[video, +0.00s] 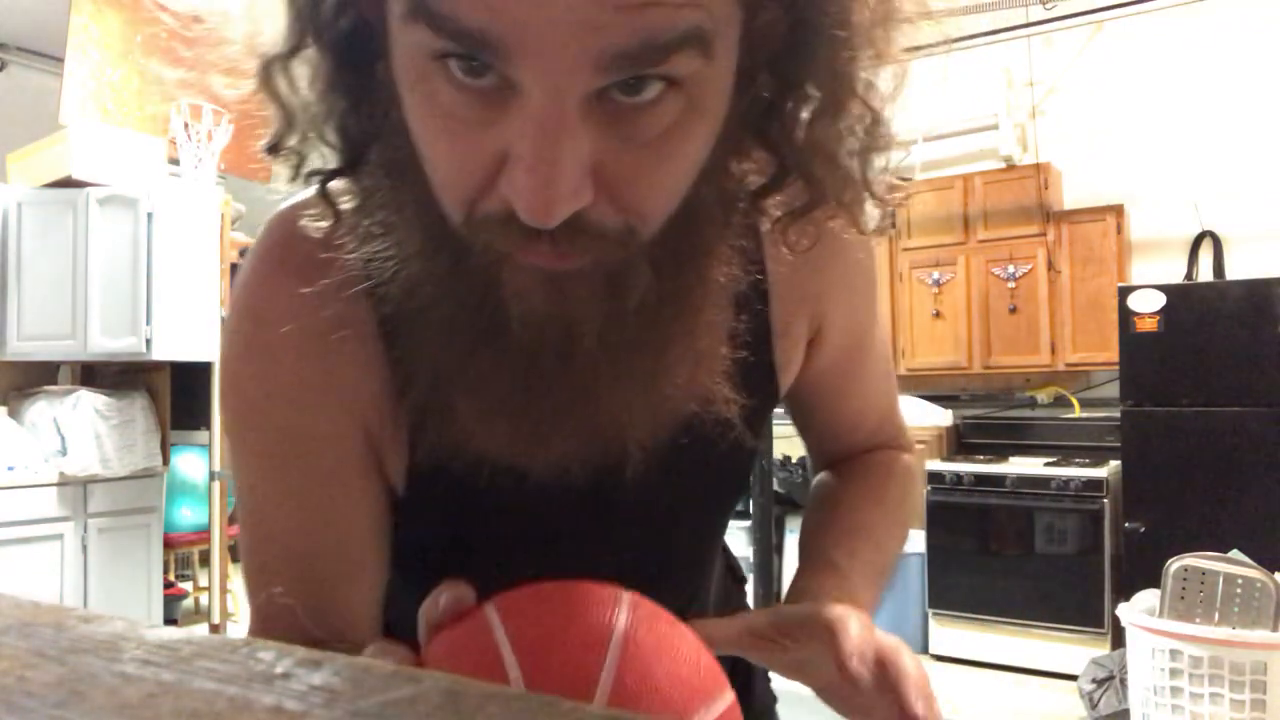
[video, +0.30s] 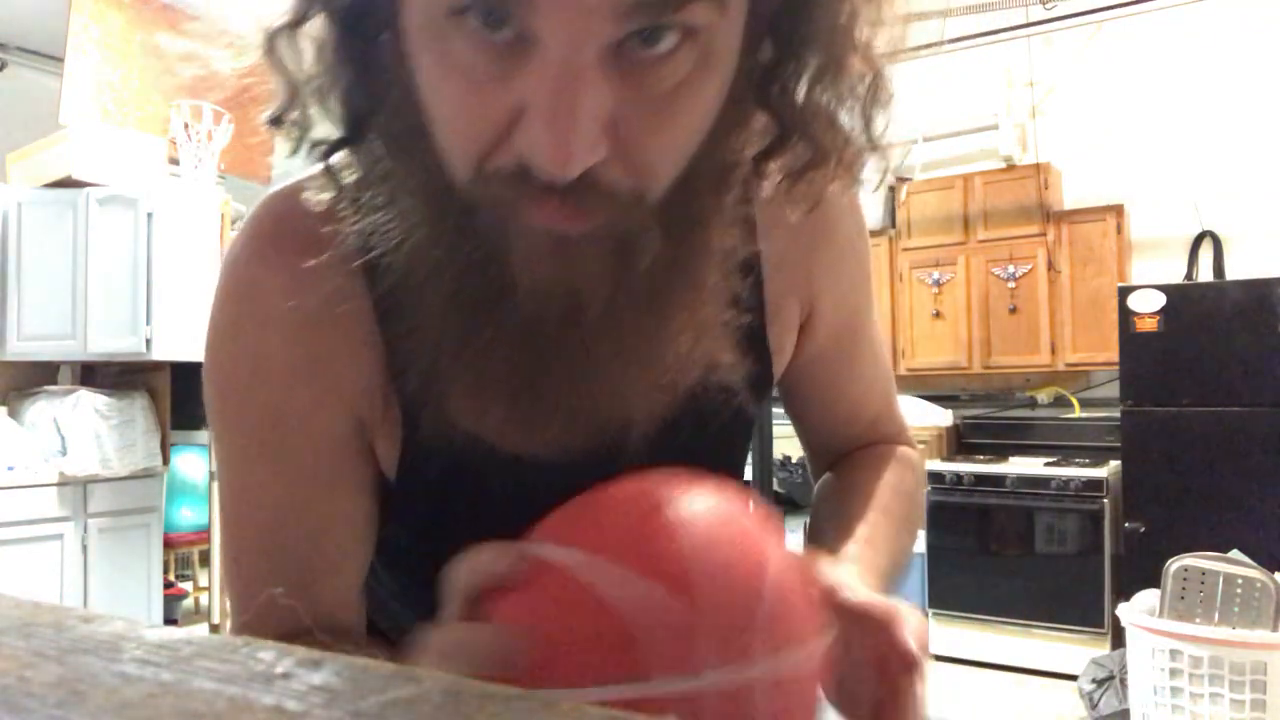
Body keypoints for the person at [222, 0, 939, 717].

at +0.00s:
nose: (546, 191)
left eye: (636, 86)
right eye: (470, 67)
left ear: (750, 61)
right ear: (373, 37)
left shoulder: (795, 243)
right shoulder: (316, 282)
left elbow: (871, 452)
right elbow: (303, 659)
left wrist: (830, 604)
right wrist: (417, 688)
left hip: (695, 699)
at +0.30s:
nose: (563, 146)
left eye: (653, 40)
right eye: (493, 25)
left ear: (754, 33)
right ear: (388, 23)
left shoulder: (787, 193)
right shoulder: (306, 268)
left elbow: (869, 446)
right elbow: (283, 643)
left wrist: (841, 579)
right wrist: (419, 675)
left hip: (702, 684)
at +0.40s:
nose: (634, 99)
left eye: (707, 13)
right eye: (563, 4)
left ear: (792, 20)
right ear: (441, 11)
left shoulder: (806, 180)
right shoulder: (338, 246)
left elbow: (879, 434)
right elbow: (293, 617)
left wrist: (862, 577)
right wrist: (505, 657)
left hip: (732, 678)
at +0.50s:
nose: (746, 55)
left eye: (805, 1)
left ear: (848, 14)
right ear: (539, 8)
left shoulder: (829, 157)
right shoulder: (384, 219)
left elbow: (894, 414)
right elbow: (325, 604)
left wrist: (897, 573)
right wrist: (570, 625)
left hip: (732, 688)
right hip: (447, 704)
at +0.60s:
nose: (879, 26)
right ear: (638, 6)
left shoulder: (862, 167)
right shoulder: (453, 201)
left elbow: (914, 428)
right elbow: (369, 584)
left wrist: (961, 565)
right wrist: (647, 585)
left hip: (733, 686)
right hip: (489, 693)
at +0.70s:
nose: (980, 18)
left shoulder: (896, 187)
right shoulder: (539, 184)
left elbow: (928, 454)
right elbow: (413, 563)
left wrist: (978, 555)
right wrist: (709, 553)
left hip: (766, 683)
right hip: (534, 692)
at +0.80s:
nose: (1049, 23)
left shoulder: (930, 179)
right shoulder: (624, 163)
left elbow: (944, 451)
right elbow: (462, 542)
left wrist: (1012, 508)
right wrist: (794, 522)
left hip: (791, 677)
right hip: (573, 688)